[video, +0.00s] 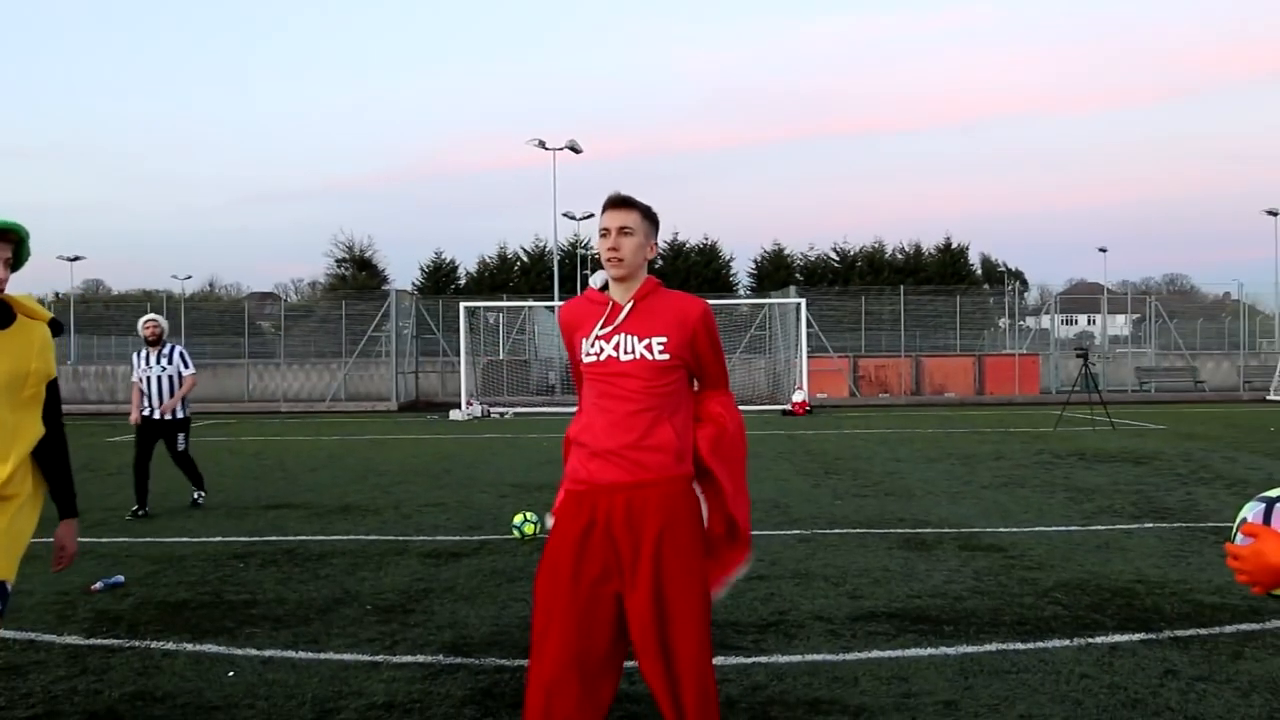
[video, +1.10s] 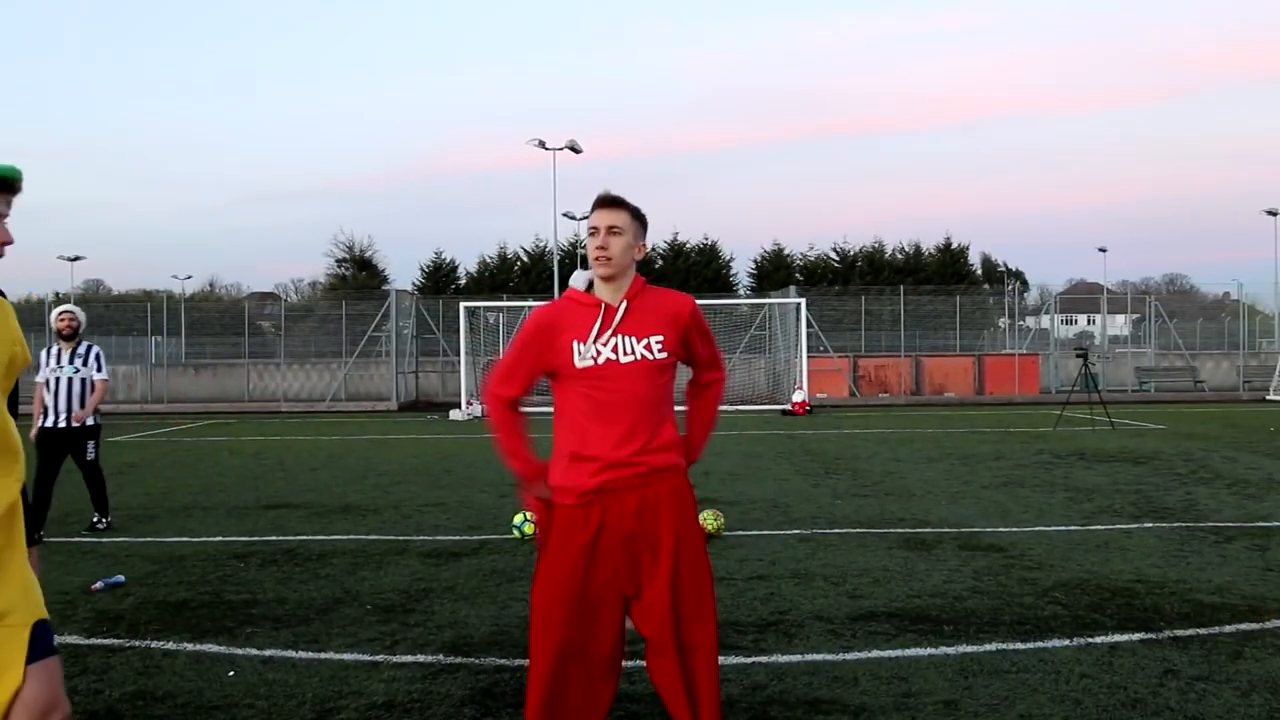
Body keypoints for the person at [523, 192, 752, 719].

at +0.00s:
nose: (612, 244)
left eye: (625, 234)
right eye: (605, 234)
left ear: (652, 247)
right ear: (596, 245)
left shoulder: (689, 313)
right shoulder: (574, 314)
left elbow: (715, 391)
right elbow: (585, 397)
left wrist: (698, 453)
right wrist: (582, 468)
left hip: (661, 501)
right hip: (585, 501)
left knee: (679, 649)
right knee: (560, 651)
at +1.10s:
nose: (601, 243)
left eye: (615, 233)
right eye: (593, 233)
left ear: (640, 246)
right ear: (586, 244)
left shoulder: (677, 311)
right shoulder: (552, 319)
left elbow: (709, 376)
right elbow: (497, 393)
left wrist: (687, 451)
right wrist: (531, 476)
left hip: (660, 496)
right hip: (575, 504)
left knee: (685, 645)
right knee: (561, 653)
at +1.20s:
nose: (613, 241)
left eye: (627, 231)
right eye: (606, 231)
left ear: (651, 246)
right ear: (596, 241)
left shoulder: (681, 312)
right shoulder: (555, 303)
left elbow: (736, 371)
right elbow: (476, 351)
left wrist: (737, 449)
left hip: (653, 493)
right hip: (573, 497)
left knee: (684, 639)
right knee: (555, 643)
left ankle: (707, 715)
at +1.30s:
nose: (628, 251)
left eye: (641, 240)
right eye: (619, 240)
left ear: (665, 249)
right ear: (610, 247)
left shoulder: (688, 320)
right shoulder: (567, 293)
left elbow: (760, 394)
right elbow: (481, 277)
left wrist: (833, 471)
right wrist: (413, 242)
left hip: (640, 501)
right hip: (565, 500)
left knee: (676, 648)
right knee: (547, 656)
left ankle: (720, 716)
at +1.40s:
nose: (632, 250)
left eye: (644, 240)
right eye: (623, 241)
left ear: (669, 249)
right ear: (613, 248)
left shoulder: (693, 327)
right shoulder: (584, 283)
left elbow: (760, 400)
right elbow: (533, 225)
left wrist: (849, 447)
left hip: (640, 496)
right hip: (571, 494)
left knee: (673, 646)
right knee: (550, 650)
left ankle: (716, 717)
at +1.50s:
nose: (634, 254)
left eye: (647, 242)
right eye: (625, 244)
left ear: (671, 251)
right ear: (616, 253)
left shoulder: (692, 320)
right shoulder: (615, 294)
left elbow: (762, 384)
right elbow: (603, 228)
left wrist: (844, 425)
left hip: (649, 499)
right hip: (583, 497)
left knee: (686, 650)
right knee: (555, 652)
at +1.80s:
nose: (647, 254)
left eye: (659, 242)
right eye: (639, 246)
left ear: (685, 248)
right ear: (634, 255)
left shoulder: (704, 309)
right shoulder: (653, 305)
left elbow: (755, 377)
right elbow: (643, 263)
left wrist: (788, 450)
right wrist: (639, 214)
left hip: (681, 502)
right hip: (626, 497)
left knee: (700, 647)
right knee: (596, 640)